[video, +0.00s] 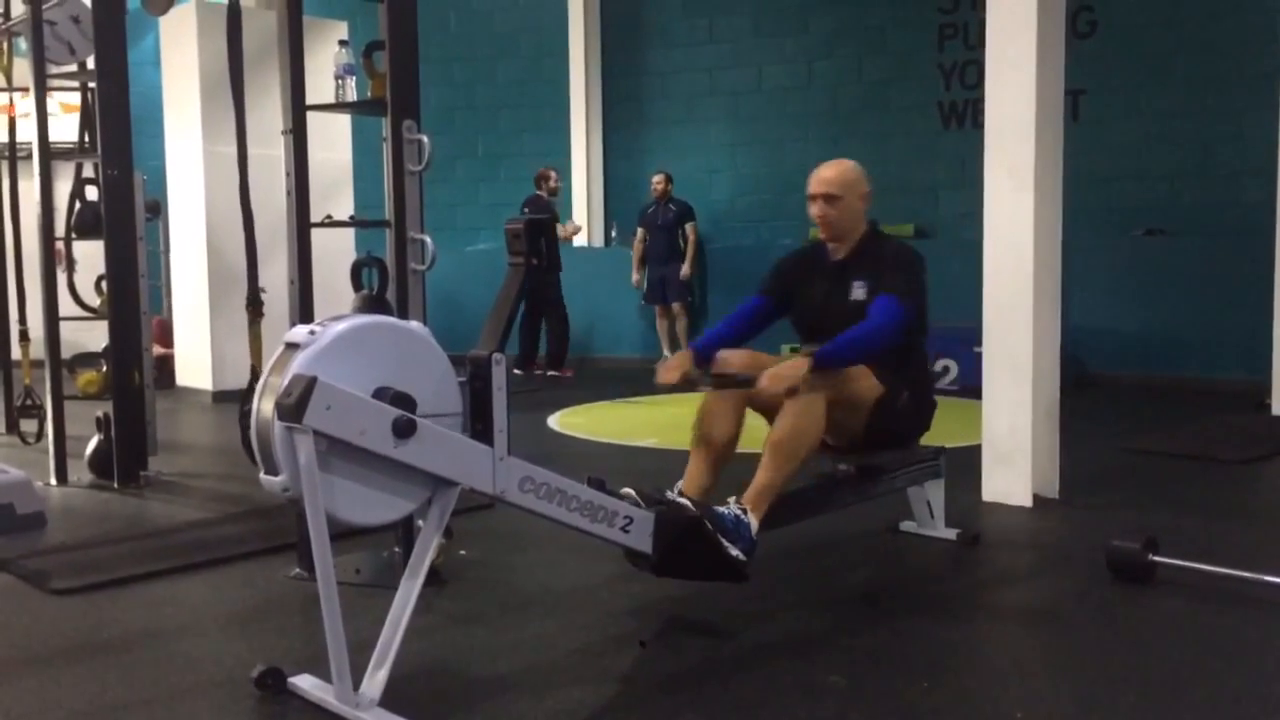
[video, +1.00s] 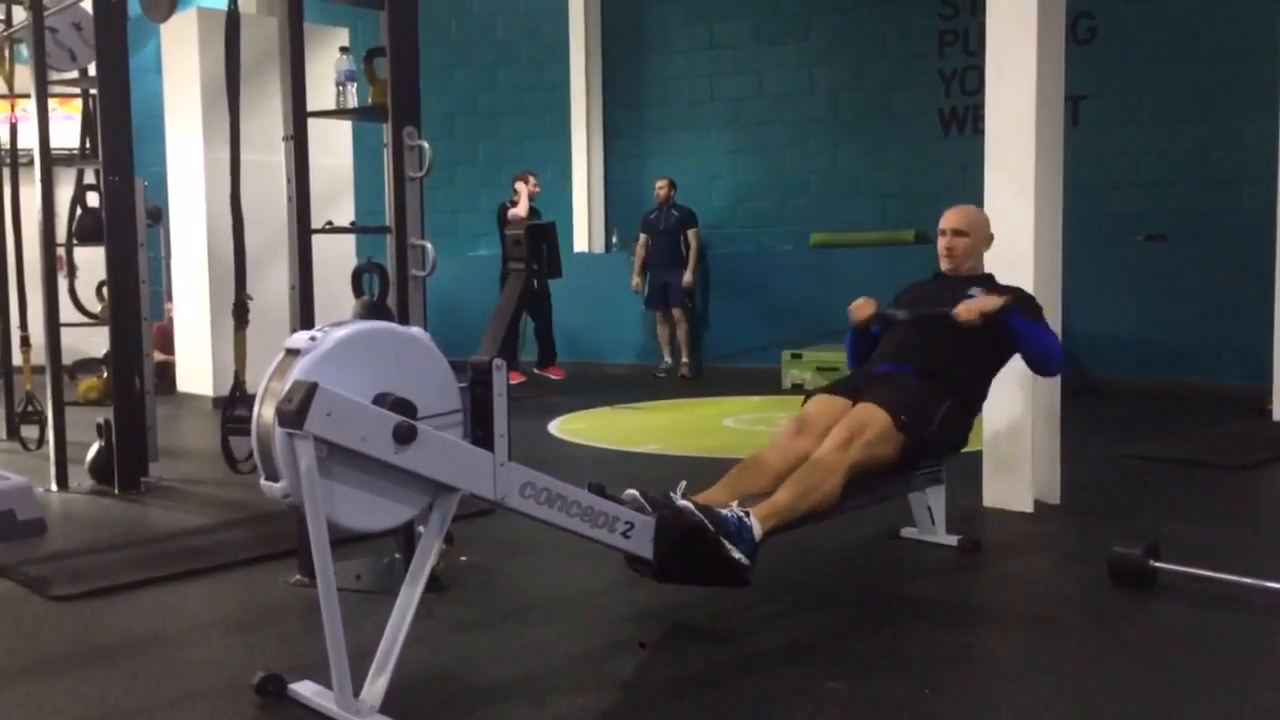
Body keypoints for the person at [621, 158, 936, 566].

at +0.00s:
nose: (818, 211)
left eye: (831, 200)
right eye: (812, 200)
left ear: (864, 200)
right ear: (806, 203)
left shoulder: (897, 260)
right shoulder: (801, 263)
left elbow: (882, 330)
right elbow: (751, 316)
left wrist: (808, 363)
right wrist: (692, 354)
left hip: (892, 406)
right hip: (819, 401)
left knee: (814, 379)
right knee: (730, 363)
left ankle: (746, 519)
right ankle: (687, 501)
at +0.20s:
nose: (749, 224)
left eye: (762, 214)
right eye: (745, 213)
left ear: (798, 217)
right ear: (740, 216)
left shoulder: (832, 272)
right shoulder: (740, 273)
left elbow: (793, 335)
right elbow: (675, 321)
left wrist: (716, 374)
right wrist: (603, 360)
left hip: (859, 426)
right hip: (784, 423)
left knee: (789, 365)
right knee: (692, 350)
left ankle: (743, 519)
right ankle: (686, 501)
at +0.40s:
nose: (750, 220)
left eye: (764, 211)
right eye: (748, 209)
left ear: (800, 218)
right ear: (744, 213)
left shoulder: (837, 270)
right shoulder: (747, 272)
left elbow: (792, 315)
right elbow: (680, 311)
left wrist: (715, 337)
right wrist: (601, 335)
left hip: (862, 424)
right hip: (791, 428)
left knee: (789, 353)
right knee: (695, 359)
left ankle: (743, 518)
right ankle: (686, 504)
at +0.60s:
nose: (842, 194)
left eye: (855, 186)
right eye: (838, 185)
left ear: (885, 195)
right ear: (832, 192)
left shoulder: (913, 253)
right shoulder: (821, 256)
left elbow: (874, 295)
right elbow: (766, 293)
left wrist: (814, 319)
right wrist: (700, 319)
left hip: (899, 402)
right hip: (824, 394)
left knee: (818, 383)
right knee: (735, 378)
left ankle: (746, 523)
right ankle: (686, 503)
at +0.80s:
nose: (920, 212)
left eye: (932, 203)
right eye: (916, 203)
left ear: (960, 212)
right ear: (911, 211)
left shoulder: (985, 269)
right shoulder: (885, 271)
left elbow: (969, 319)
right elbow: (843, 319)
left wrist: (912, 320)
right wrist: (799, 328)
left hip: (928, 386)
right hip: (867, 374)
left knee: (836, 423)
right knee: (783, 413)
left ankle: (748, 521)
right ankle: (687, 503)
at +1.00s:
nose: (947, 243)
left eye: (959, 235)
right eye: (942, 235)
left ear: (986, 242)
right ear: (936, 241)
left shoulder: (1011, 303)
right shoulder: (912, 293)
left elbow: (1051, 363)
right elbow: (864, 364)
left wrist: (1005, 309)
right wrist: (862, 327)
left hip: (928, 389)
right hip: (872, 379)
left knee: (843, 443)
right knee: (797, 433)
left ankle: (751, 527)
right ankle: (691, 510)